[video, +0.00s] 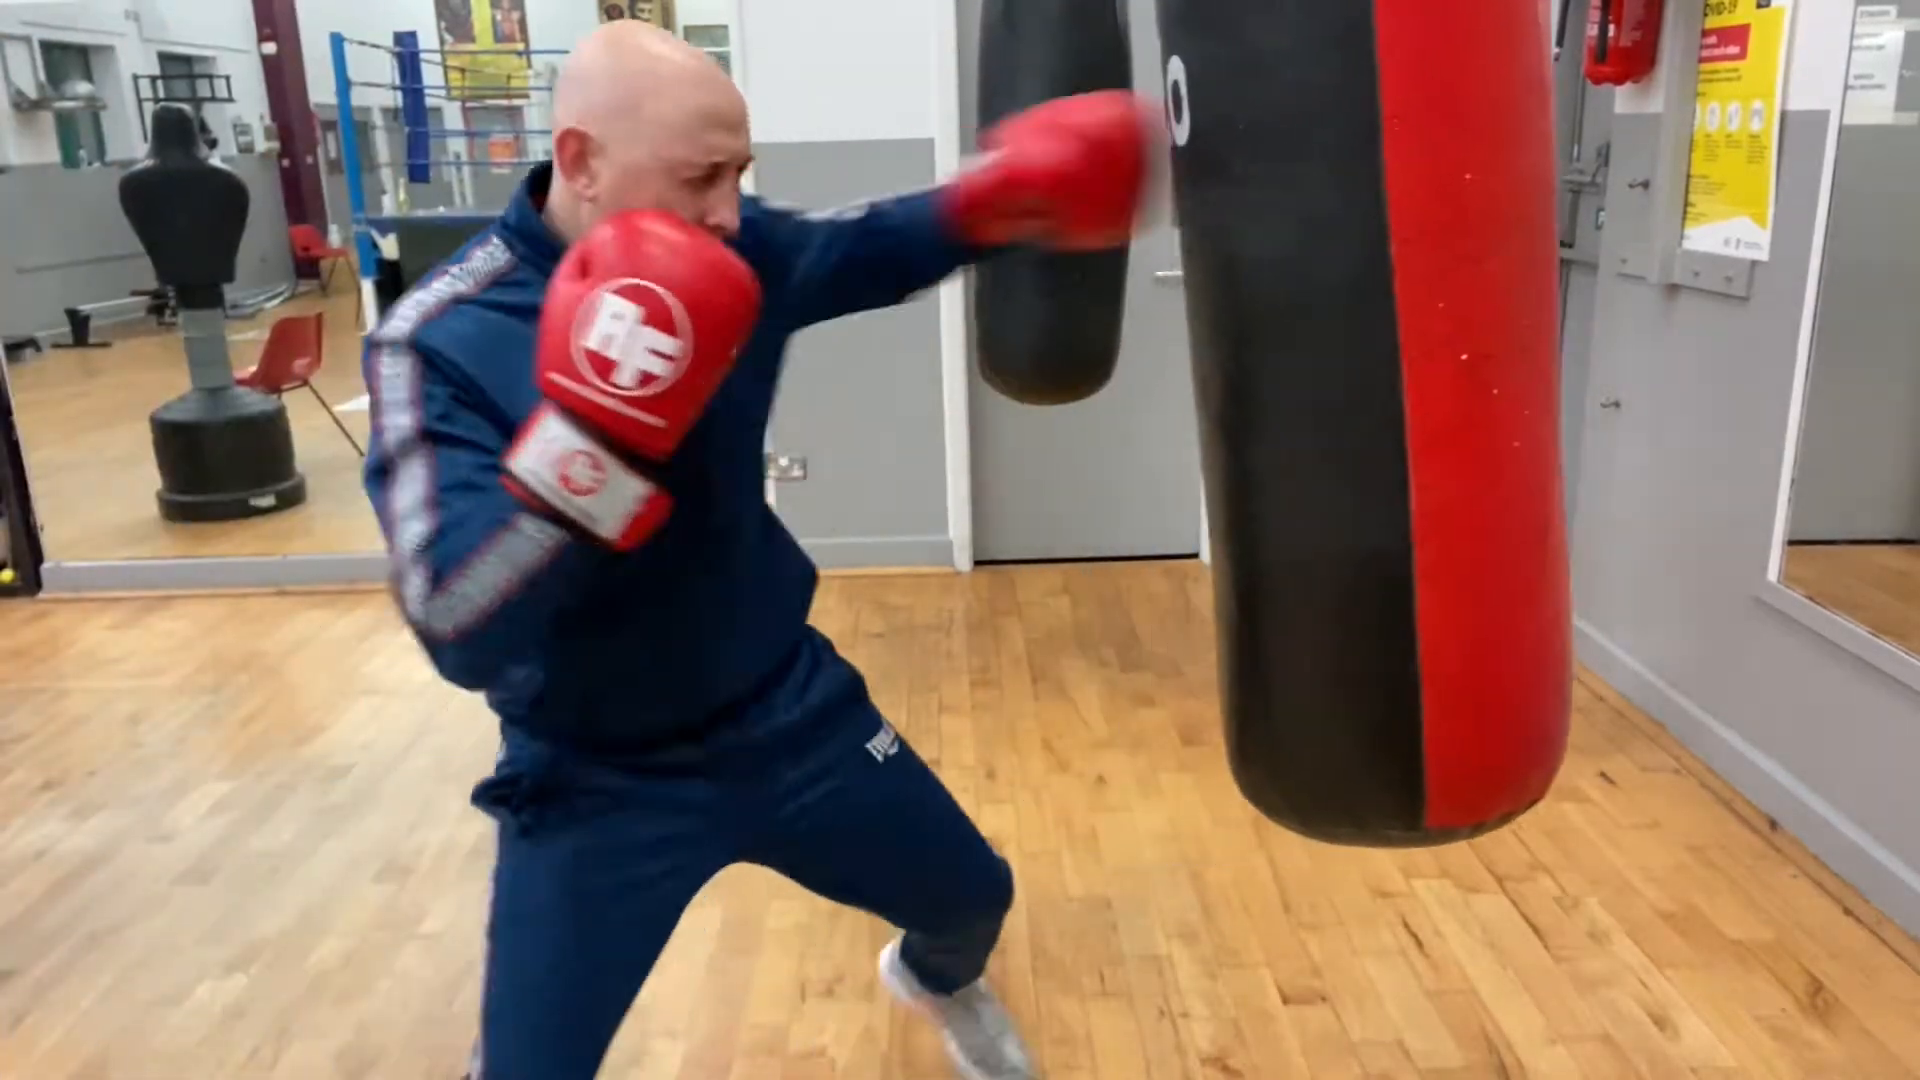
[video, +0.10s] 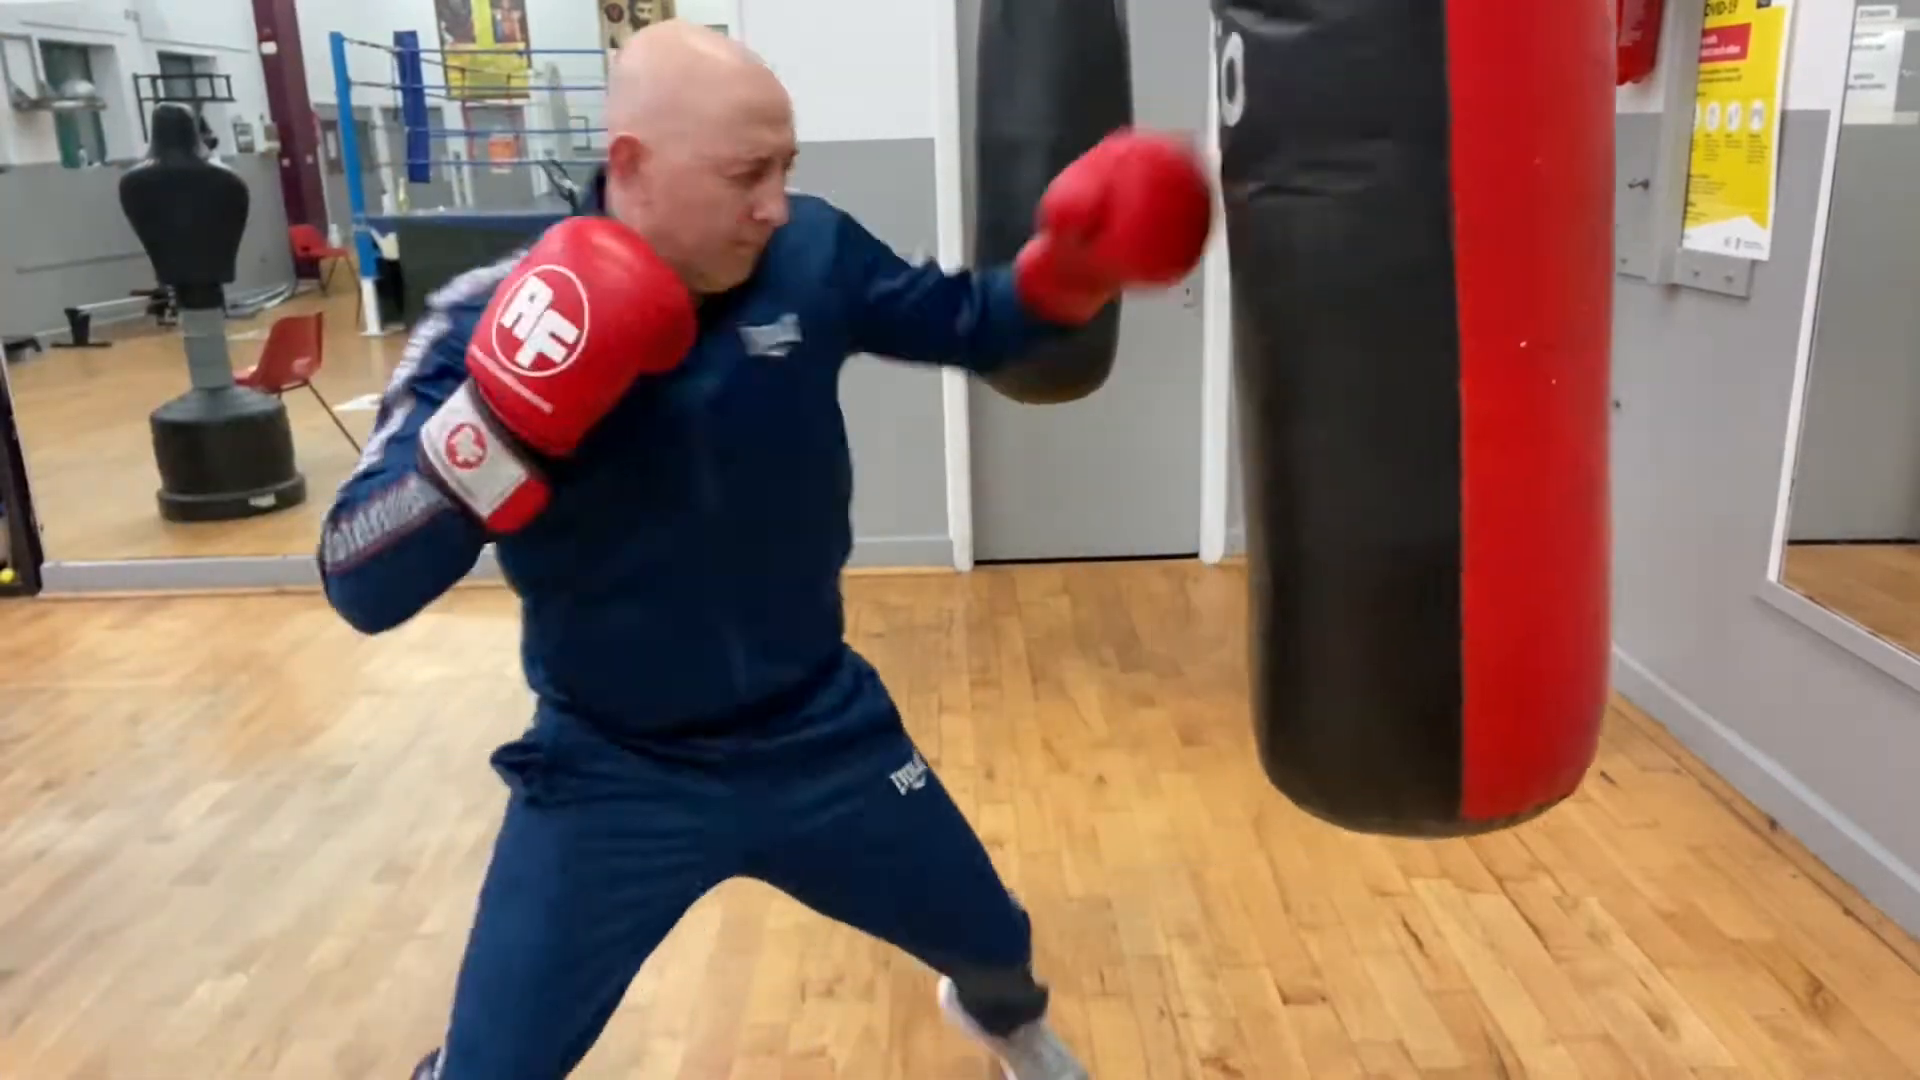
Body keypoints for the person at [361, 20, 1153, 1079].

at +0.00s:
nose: (732, 212)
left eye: (736, 178)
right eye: (702, 181)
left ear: (742, 168)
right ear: (578, 165)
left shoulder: (738, 254)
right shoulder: (439, 343)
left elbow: (869, 250)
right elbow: (459, 628)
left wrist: (1010, 189)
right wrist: (598, 432)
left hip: (789, 717)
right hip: (595, 782)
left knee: (972, 899)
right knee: (524, 1070)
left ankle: (936, 982)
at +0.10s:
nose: (777, 207)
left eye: (785, 173)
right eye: (745, 177)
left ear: (794, 158)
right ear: (632, 170)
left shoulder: (812, 255)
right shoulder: (500, 319)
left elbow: (974, 324)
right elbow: (362, 584)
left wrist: (1067, 276)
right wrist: (508, 418)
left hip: (823, 738)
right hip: (612, 771)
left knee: (993, 946)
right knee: (491, 1063)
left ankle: (1014, 1032)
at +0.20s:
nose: (934, 174)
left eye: (936, 141)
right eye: (917, 139)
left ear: (823, 125)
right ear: (813, 121)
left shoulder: (881, 270)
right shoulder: (651, 270)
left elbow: (959, 416)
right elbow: (418, 497)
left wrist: (1013, 319)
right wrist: (594, 362)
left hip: (854, 734)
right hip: (672, 770)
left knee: (1009, 923)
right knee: (561, 1066)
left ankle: (980, 1040)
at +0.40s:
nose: (1054, 190)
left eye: (1061, 167)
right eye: (1036, 163)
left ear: (958, 140)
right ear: (943, 136)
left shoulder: (961, 243)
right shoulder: (834, 192)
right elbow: (905, 294)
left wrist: (1041, 326)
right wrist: (1114, 215)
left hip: (853, 666)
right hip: (727, 677)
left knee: (995, 840)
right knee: (595, 1044)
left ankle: (979, 1039)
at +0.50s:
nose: (1013, 183)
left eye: (1020, 152)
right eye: (988, 151)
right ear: (890, 139)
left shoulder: (956, 271)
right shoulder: (771, 229)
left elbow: (1002, 462)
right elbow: (678, 432)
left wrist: (1056, 338)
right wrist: (866, 317)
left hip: (866, 686)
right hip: (723, 701)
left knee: (1024, 857)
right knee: (669, 1065)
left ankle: (980, 1042)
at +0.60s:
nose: (899, 165)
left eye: (907, 132)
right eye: (871, 133)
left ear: (916, 117)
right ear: (767, 115)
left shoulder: (874, 258)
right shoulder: (638, 248)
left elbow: (954, 446)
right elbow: (608, 491)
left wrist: (1003, 332)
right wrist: (751, 325)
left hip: (853, 703)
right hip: (682, 738)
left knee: (1001, 873)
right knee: (657, 1069)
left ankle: (983, 1042)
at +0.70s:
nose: (791, 107)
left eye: (804, 74)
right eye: (765, 76)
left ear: (817, 57)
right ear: (652, 53)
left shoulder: (789, 197)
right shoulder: (529, 197)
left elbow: (884, 404)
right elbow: (531, 470)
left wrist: (928, 276)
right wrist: (672, 281)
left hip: (786, 684)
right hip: (600, 721)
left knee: (934, 905)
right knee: (573, 1057)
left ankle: (975, 1047)